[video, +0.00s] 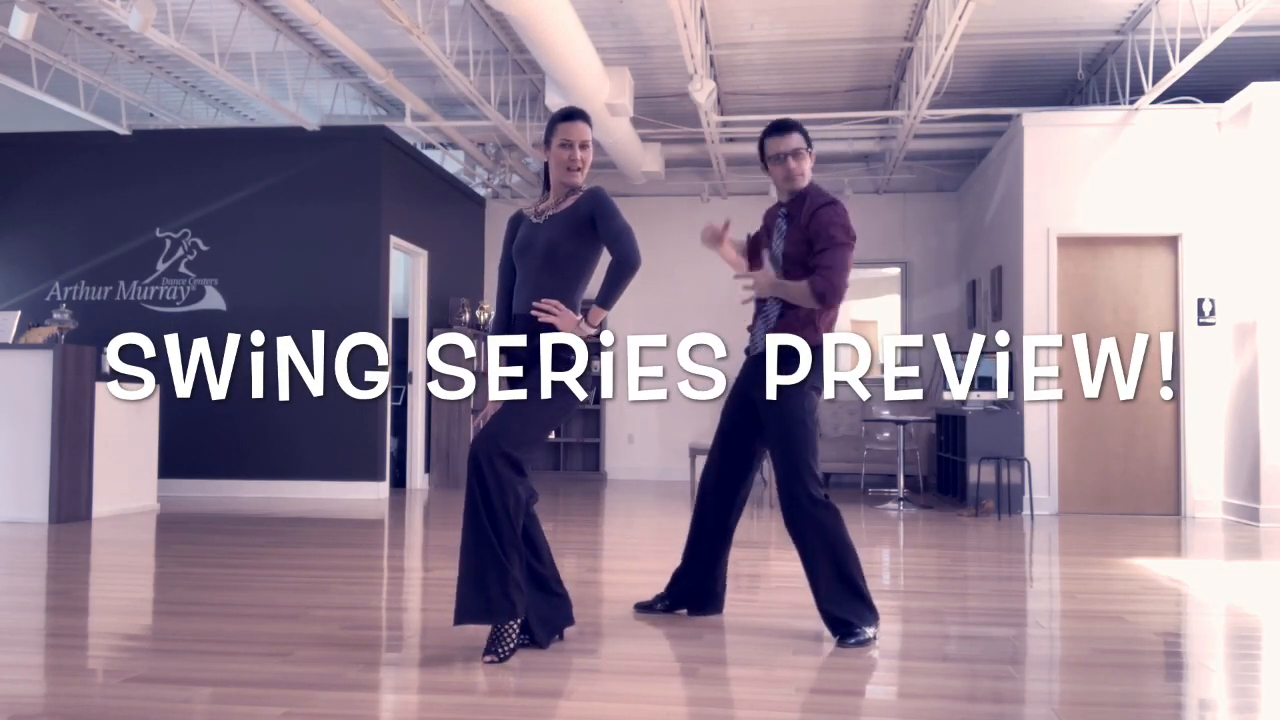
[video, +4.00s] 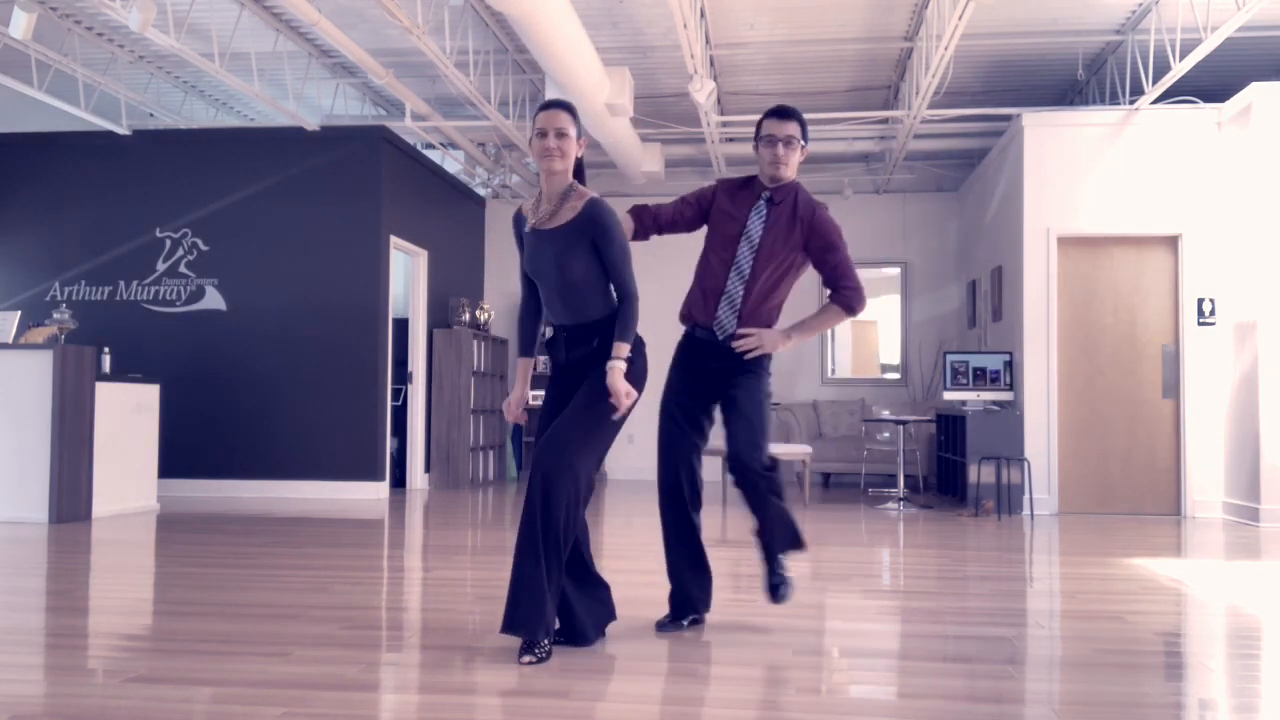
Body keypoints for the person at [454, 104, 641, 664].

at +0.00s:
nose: (578, 154)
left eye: (585, 146)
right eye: (567, 145)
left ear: (593, 153)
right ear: (545, 152)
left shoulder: (592, 201)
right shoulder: (521, 220)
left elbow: (628, 256)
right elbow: (504, 307)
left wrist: (591, 322)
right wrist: (492, 386)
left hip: (560, 361)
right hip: (518, 361)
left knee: (490, 450)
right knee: (503, 476)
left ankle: (510, 607)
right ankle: (546, 607)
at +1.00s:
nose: (597, 157)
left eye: (607, 149)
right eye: (588, 148)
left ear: (616, 160)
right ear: (568, 157)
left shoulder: (626, 215)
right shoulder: (545, 225)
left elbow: (694, 159)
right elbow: (516, 287)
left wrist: (644, 101)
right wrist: (566, 244)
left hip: (583, 368)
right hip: (538, 367)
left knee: (510, 464)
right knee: (539, 487)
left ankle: (537, 614)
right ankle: (588, 607)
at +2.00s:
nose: (598, 146)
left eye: (608, 138)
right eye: (589, 138)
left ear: (625, 150)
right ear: (577, 148)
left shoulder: (633, 213)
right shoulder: (560, 214)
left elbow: (632, 294)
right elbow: (499, 277)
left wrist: (567, 258)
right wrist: (493, 236)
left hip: (604, 361)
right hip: (554, 359)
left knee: (539, 452)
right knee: (547, 480)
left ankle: (538, 617)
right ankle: (588, 608)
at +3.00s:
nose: (596, 170)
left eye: (610, 166)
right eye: (593, 163)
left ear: (632, 187)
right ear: (583, 176)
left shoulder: (633, 236)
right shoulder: (560, 242)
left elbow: (602, 199)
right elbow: (481, 222)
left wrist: (628, 177)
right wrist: (531, 179)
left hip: (576, 388)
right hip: (531, 381)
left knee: (499, 469)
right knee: (517, 496)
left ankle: (529, 618)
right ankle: (586, 611)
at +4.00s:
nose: (551, 143)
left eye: (561, 135)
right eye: (542, 135)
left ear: (580, 145)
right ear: (530, 145)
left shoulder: (597, 213)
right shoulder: (525, 218)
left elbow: (628, 292)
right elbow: (532, 299)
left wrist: (619, 362)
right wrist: (521, 379)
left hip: (611, 356)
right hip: (563, 360)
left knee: (553, 466)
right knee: (555, 476)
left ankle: (539, 621)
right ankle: (584, 610)